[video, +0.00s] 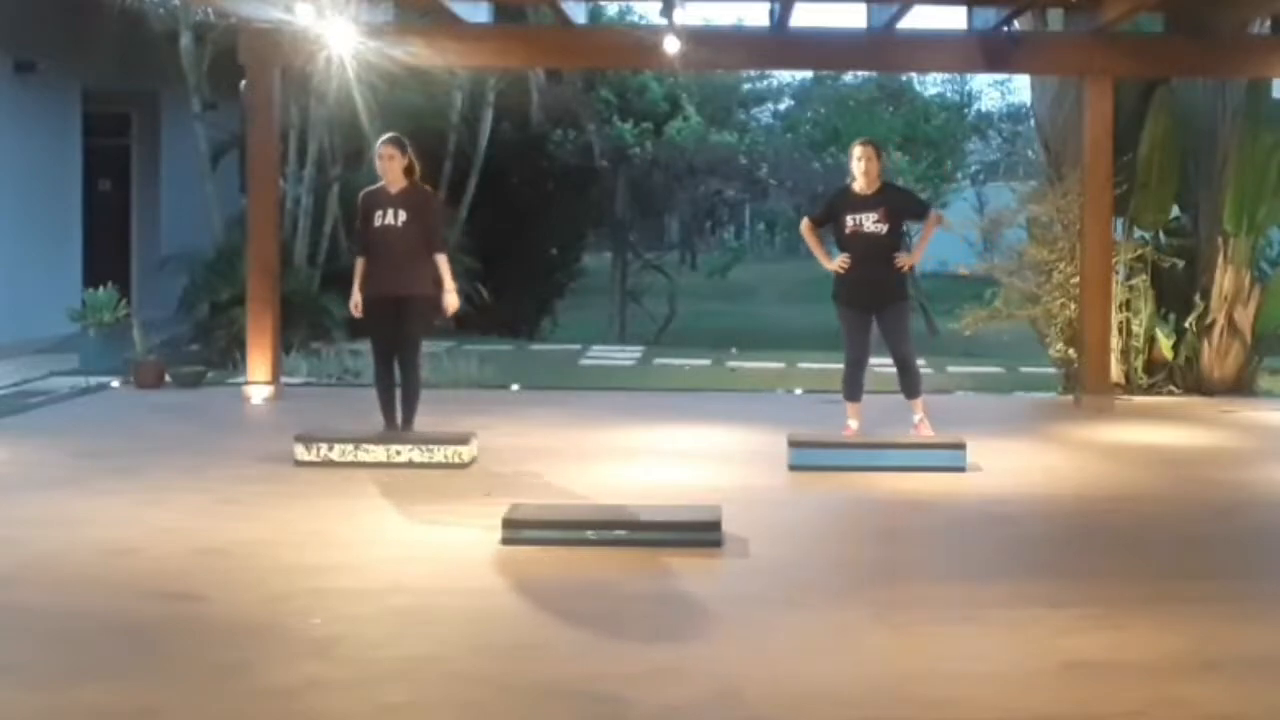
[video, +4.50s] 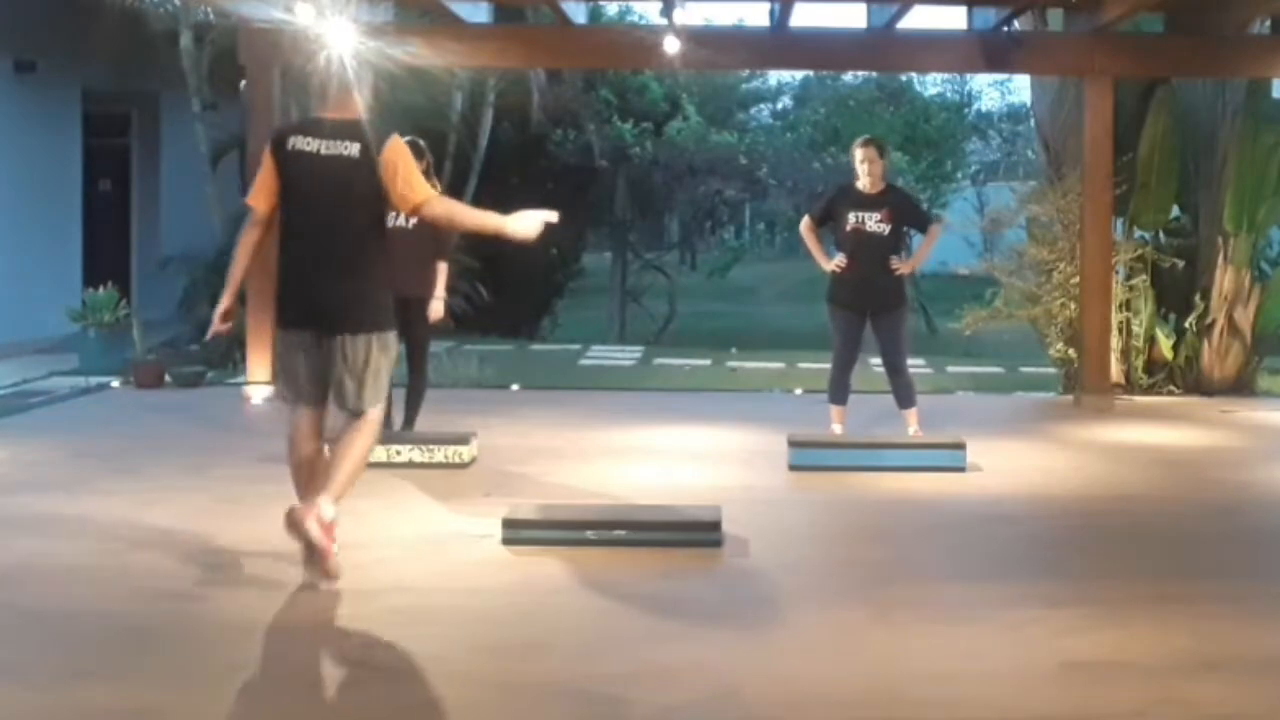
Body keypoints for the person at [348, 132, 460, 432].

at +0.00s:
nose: (385, 163)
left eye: (391, 157)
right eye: (380, 157)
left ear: (405, 161)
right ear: (375, 161)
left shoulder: (424, 197)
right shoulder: (368, 198)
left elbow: (437, 246)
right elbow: (362, 249)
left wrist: (449, 287)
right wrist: (356, 288)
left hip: (415, 293)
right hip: (378, 293)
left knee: (409, 359)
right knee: (382, 360)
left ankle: (407, 424)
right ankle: (389, 424)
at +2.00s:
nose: (390, 159)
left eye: (397, 154)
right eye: (386, 153)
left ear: (411, 159)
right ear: (381, 158)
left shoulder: (425, 199)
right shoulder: (370, 198)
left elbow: (432, 249)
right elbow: (361, 248)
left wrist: (431, 292)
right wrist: (355, 288)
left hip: (410, 295)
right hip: (377, 295)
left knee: (409, 363)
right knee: (383, 364)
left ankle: (407, 425)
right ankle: (389, 424)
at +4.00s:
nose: (403, 175)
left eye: (408, 169)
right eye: (398, 169)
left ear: (422, 166)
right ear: (392, 168)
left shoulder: (436, 203)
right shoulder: (384, 199)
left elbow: (443, 252)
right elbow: (376, 249)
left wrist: (442, 294)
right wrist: (365, 288)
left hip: (420, 291)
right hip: (384, 288)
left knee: (418, 359)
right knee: (376, 355)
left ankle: (409, 421)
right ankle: (376, 417)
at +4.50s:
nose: (405, 170)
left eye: (412, 163)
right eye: (401, 163)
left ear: (424, 165)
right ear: (392, 165)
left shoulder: (434, 203)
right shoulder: (382, 195)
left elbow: (443, 253)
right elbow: (371, 244)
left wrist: (438, 294)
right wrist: (370, 285)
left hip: (418, 293)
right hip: (383, 291)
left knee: (417, 361)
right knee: (378, 363)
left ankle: (409, 423)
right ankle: (382, 421)